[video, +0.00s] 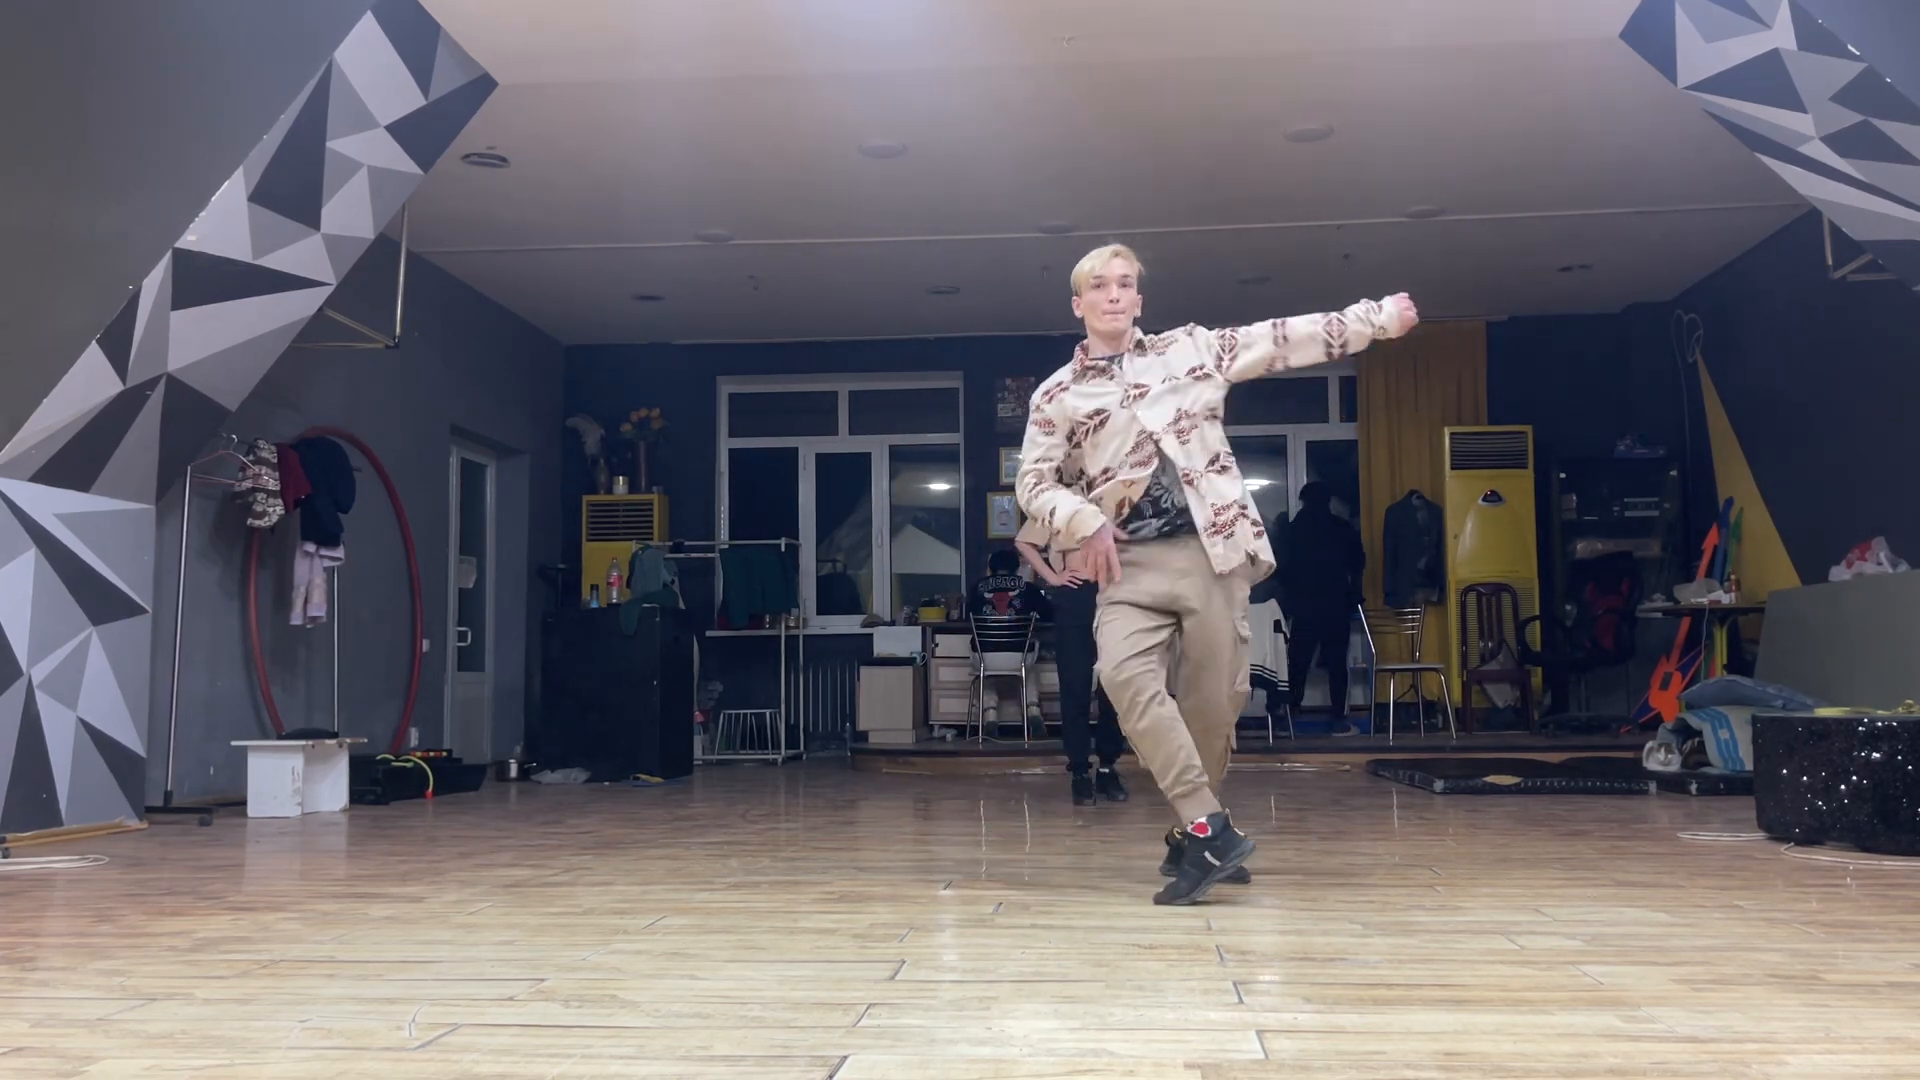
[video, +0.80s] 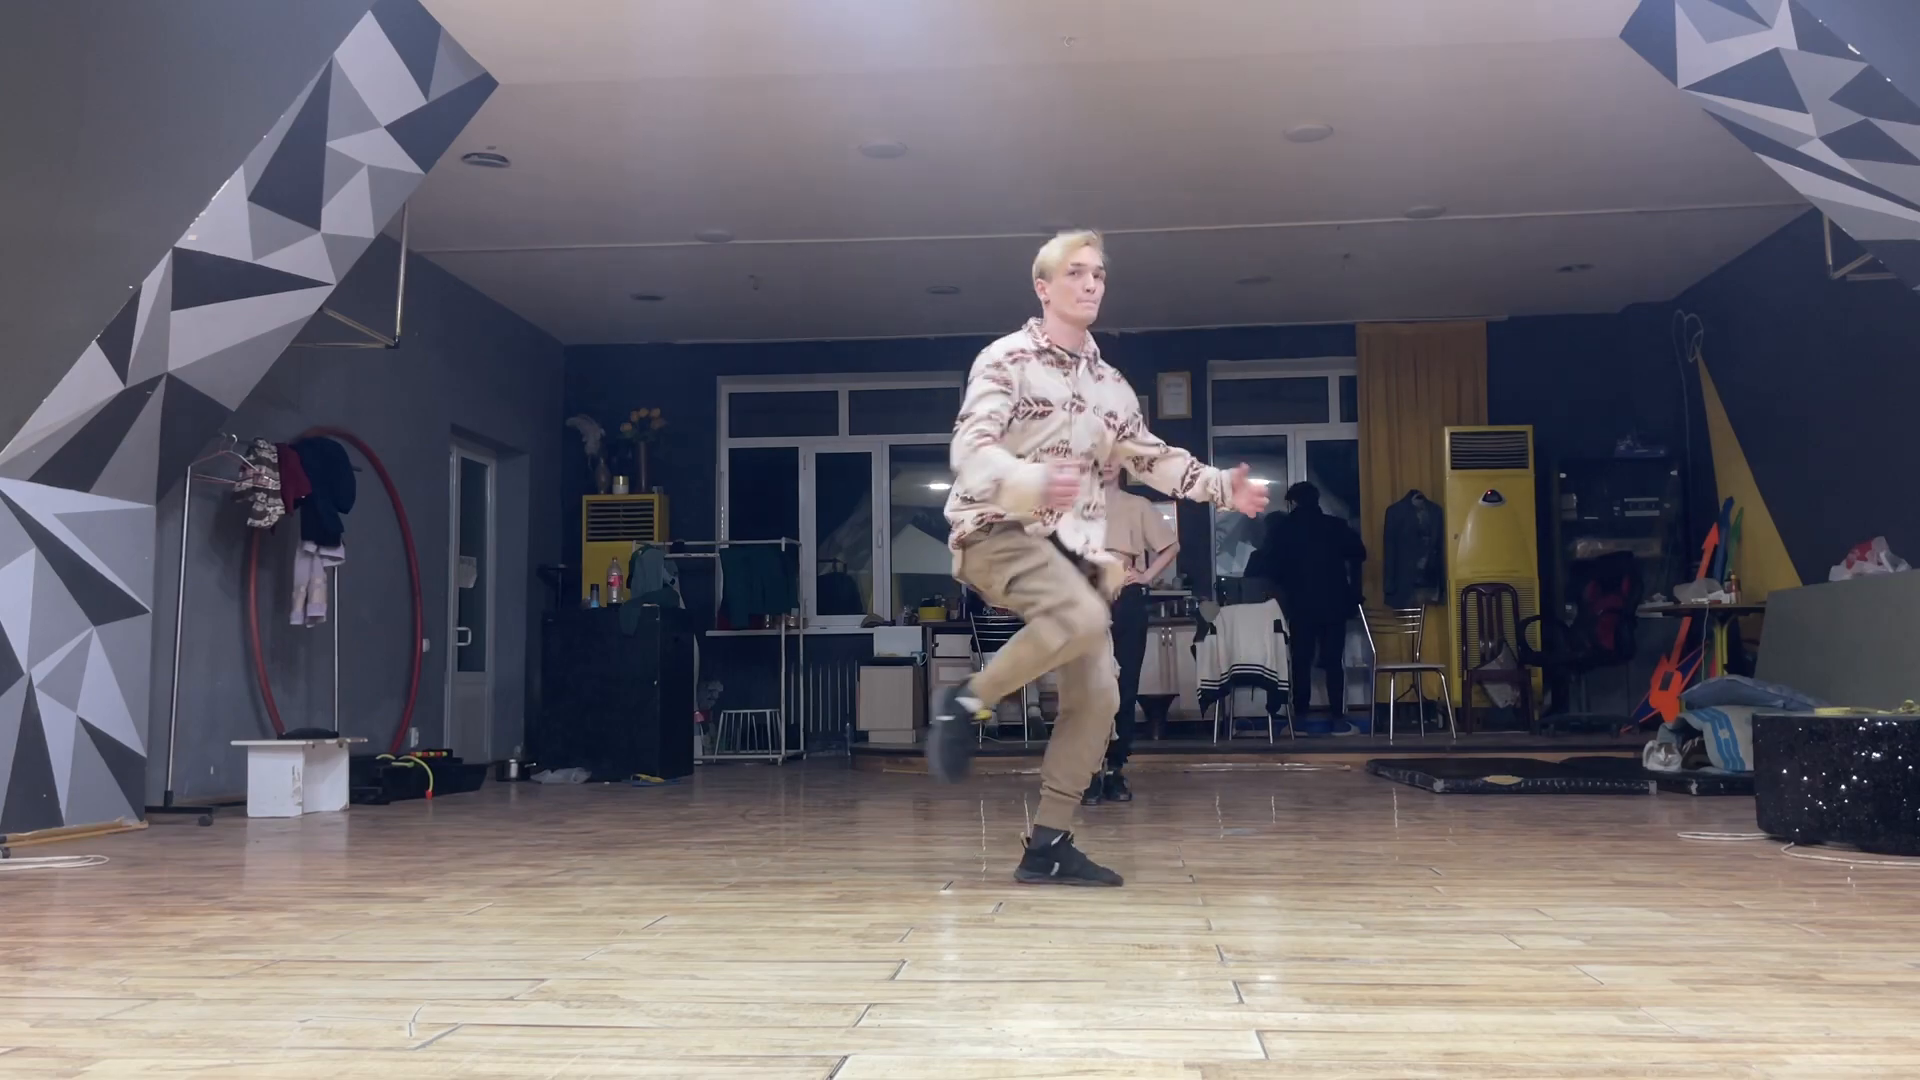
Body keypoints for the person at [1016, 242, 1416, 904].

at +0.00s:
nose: (1115, 294)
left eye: (1125, 284)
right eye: (1100, 285)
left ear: (1140, 297)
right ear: (1077, 302)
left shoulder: (1190, 349)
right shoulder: (1057, 397)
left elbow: (1278, 339)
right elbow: (1032, 484)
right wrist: (1084, 522)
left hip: (1211, 551)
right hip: (1127, 561)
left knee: (1210, 704)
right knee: (1127, 680)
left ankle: (1189, 840)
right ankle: (1211, 827)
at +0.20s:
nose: (1105, 293)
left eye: (1113, 283)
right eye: (1091, 286)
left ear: (1127, 298)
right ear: (1066, 308)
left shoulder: (1180, 355)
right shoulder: (1049, 397)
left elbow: (1264, 369)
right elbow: (1030, 487)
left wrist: (1346, 366)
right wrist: (1056, 520)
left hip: (1211, 536)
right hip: (1130, 536)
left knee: (1230, 693)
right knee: (1123, 592)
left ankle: (1195, 837)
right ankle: (1162, 758)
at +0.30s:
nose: (1088, 247)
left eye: (1095, 237)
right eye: (1073, 239)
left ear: (1110, 252)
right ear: (1047, 259)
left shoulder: (1154, 319)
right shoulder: (1030, 347)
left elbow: (1221, 382)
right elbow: (1023, 436)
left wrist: (1291, 434)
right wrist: (1023, 485)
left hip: (1183, 490)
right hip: (1106, 491)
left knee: (1235, 648)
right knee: (1148, 571)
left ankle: (1193, 804)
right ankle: (1111, 726)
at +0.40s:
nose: (1086, 231)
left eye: (1091, 220)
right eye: (1070, 223)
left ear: (1101, 232)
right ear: (1041, 243)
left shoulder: (1118, 317)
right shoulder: (1033, 314)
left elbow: (1156, 421)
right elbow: (1017, 410)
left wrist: (1208, 491)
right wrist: (991, 483)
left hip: (1174, 496)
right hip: (1111, 500)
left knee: (1275, 562)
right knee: (1120, 649)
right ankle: (1058, 810)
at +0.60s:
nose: (1079, 250)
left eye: (1084, 241)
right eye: (1064, 240)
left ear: (1090, 256)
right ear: (1030, 257)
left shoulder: (1092, 333)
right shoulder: (1011, 333)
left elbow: (1107, 437)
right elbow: (992, 407)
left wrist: (1149, 497)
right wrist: (970, 420)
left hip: (1124, 523)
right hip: (1057, 529)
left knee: (1227, 604)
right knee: (1050, 675)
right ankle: (1031, 837)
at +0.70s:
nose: (1075, 258)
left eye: (1082, 247)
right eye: (1059, 247)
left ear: (1090, 257)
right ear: (1028, 261)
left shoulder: (1101, 334)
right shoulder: (994, 339)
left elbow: (1123, 422)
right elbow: (964, 398)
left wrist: (1168, 476)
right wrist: (960, 429)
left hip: (1095, 518)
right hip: (1022, 515)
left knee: (1111, 670)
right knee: (1108, 608)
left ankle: (1047, 838)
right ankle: (1054, 766)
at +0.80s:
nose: (1091, 285)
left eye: (1097, 275)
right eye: (1076, 274)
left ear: (1104, 289)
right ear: (1043, 286)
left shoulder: (1110, 386)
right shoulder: (1005, 359)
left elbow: (1147, 458)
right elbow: (970, 456)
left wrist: (1223, 485)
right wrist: (1034, 483)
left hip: (1070, 547)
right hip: (997, 534)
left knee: (1097, 689)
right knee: (1081, 617)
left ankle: (1048, 841)